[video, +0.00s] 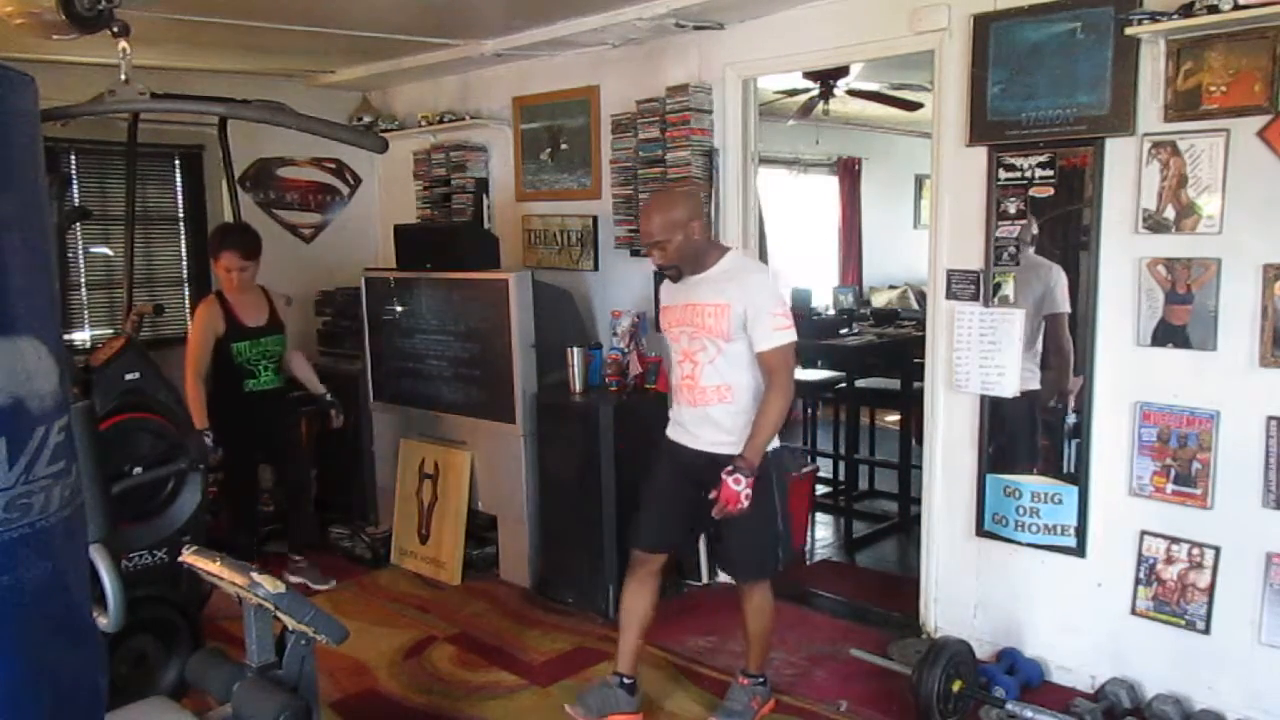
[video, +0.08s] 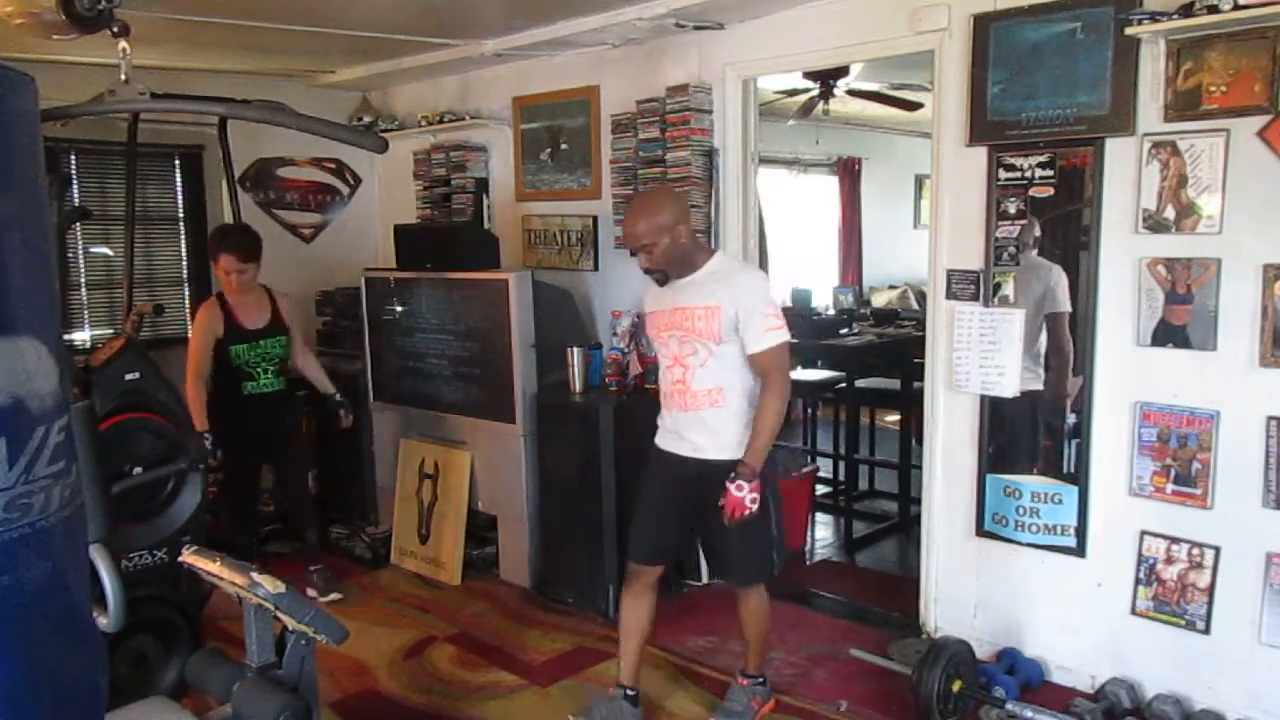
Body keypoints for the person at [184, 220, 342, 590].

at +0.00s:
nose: (235, 279)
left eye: (243, 270)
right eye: (227, 271)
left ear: (257, 263)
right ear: (214, 265)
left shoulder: (271, 300)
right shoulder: (210, 311)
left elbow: (288, 354)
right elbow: (194, 377)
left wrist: (324, 395)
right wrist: (204, 434)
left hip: (276, 414)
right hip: (234, 420)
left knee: (295, 481)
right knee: (241, 498)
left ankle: (294, 557)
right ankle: (243, 566)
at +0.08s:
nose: (233, 281)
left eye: (242, 272)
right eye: (225, 273)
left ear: (258, 265)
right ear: (215, 268)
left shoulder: (279, 304)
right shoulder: (211, 314)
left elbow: (300, 355)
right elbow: (195, 380)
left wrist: (334, 395)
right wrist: (203, 434)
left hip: (282, 419)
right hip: (235, 425)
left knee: (298, 491)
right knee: (241, 506)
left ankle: (314, 568)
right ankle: (244, 574)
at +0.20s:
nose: (233, 284)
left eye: (241, 275)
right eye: (225, 276)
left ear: (260, 267)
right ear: (216, 271)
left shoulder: (288, 308)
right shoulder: (213, 318)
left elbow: (316, 356)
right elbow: (199, 382)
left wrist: (348, 401)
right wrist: (205, 436)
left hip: (287, 422)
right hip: (239, 427)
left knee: (299, 496)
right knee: (243, 508)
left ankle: (316, 576)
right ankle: (247, 579)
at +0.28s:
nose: (233, 284)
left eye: (241, 275)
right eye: (226, 277)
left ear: (261, 266)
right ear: (216, 272)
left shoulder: (295, 309)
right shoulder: (215, 319)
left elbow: (325, 358)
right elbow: (204, 379)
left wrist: (352, 408)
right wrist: (206, 436)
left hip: (291, 423)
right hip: (242, 427)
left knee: (300, 498)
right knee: (247, 508)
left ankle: (315, 579)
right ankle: (247, 579)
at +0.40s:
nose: (226, 289)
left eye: (232, 280)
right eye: (219, 282)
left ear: (255, 266)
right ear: (212, 275)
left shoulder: (296, 309)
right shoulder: (217, 319)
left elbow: (329, 360)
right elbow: (210, 378)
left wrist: (349, 414)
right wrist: (207, 432)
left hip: (294, 425)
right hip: (245, 428)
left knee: (301, 501)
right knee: (245, 506)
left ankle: (316, 582)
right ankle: (255, 579)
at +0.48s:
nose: (219, 293)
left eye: (224, 284)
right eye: (211, 286)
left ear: (247, 269)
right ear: (205, 279)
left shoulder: (290, 310)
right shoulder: (215, 319)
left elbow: (327, 365)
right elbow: (213, 377)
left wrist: (337, 421)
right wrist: (209, 433)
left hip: (294, 428)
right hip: (245, 430)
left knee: (302, 502)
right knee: (235, 504)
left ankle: (316, 583)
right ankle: (248, 582)